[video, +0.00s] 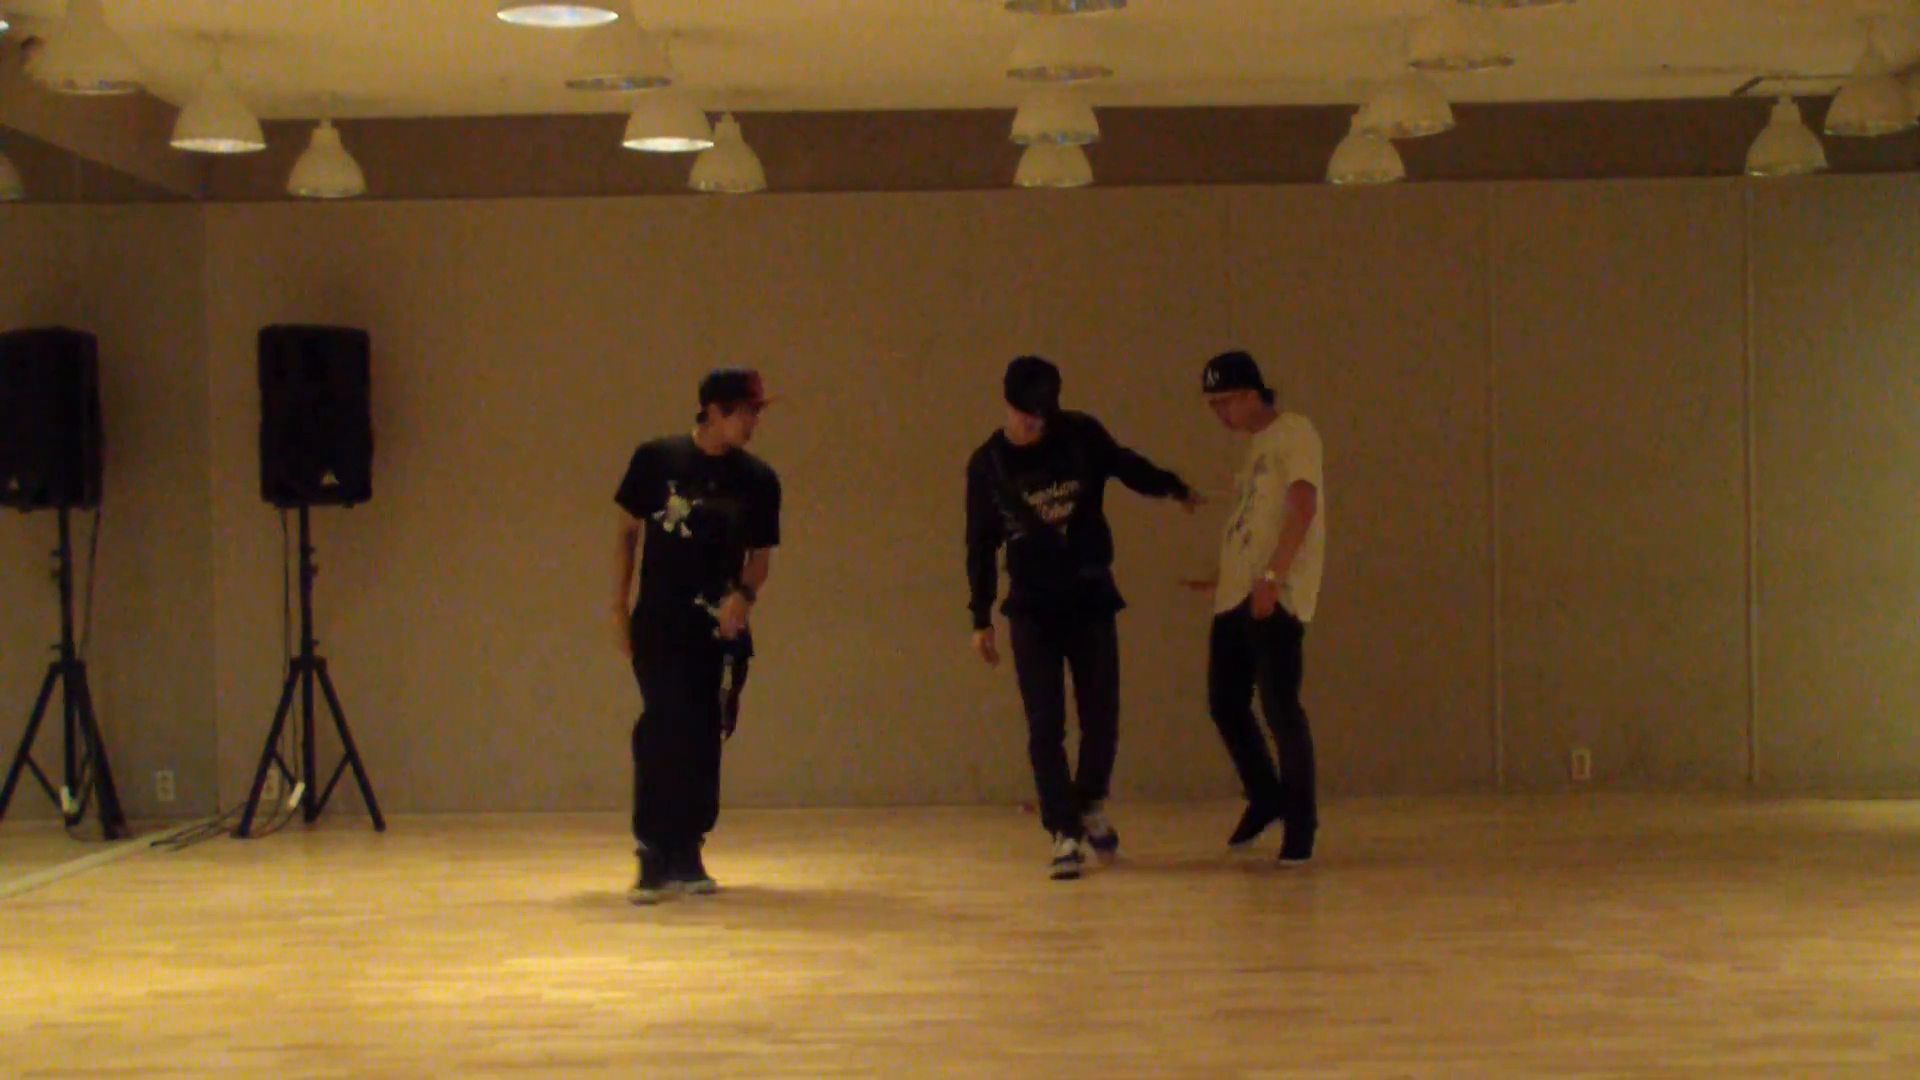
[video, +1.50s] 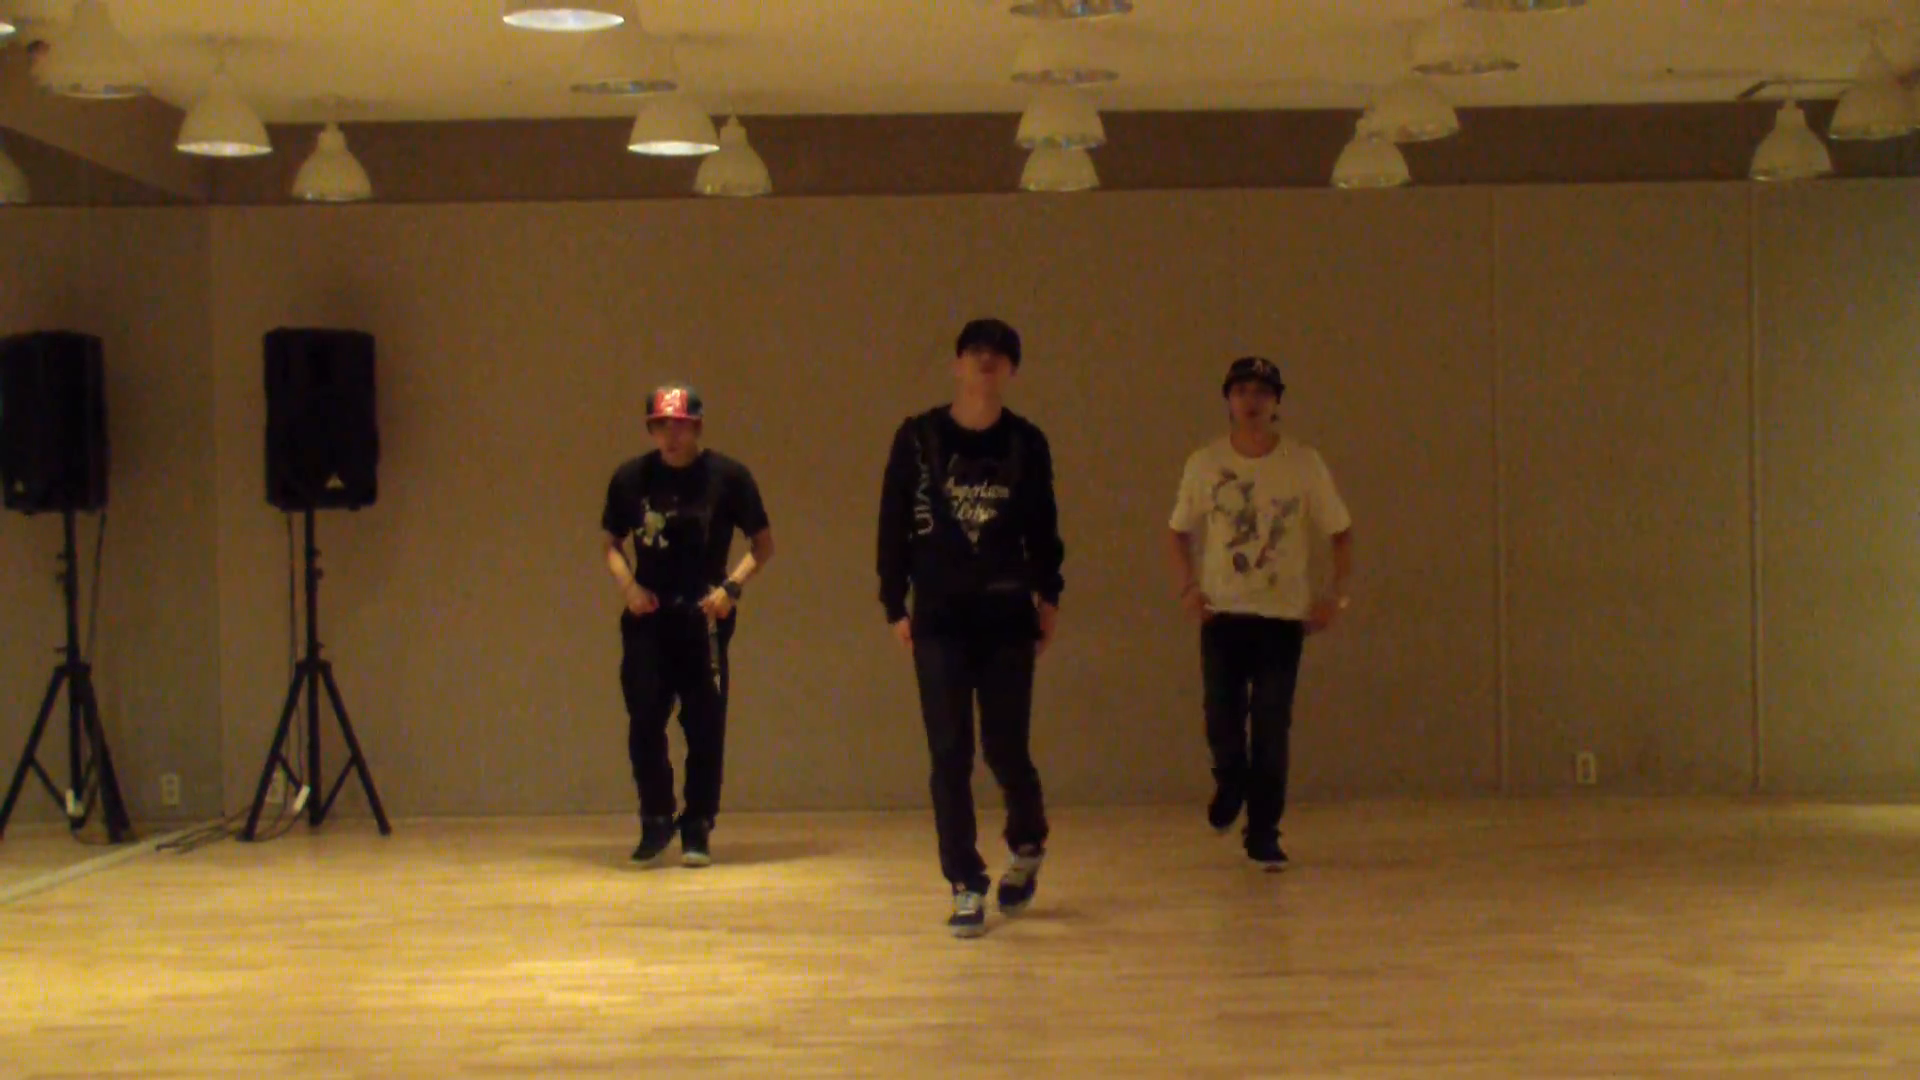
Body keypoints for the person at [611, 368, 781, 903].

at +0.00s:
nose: (754, 423)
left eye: (757, 414)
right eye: (746, 413)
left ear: (744, 417)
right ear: (714, 412)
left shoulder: (758, 480)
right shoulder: (656, 459)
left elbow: (759, 555)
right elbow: (627, 534)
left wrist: (745, 596)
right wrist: (620, 607)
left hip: (714, 624)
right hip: (656, 618)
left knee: (702, 734)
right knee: (663, 728)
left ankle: (688, 852)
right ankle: (654, 853)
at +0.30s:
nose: (722, 430)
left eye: (725, 421)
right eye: (713, 420)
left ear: (720, 426)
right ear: (681, 420)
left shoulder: (724, 490)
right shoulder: (625, 470)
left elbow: (742, 557)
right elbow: (598, 542)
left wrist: (738, 610)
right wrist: (593, 614)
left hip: (687, 631)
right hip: (627, 627)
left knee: (689, 744)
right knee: (614, 742)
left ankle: (685, 847)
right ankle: (635, 819)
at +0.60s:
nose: (644, 429)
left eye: (654, 420)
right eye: (635, 421)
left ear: (673, 423)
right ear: (623, 426)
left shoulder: (701, 480)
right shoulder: (602, 479)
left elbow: (722, 553)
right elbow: (578, 550)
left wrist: (701, 605)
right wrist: (589, 614)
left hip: (672, 629)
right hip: (617, 627)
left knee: (673, 736)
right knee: (621, 737)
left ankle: (677, 840)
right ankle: (638, 835)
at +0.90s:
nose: (637, 430)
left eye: (645, 420)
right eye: (628, 421)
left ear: (666, 421)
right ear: (618, 425)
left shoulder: (700, 471)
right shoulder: (605, 476)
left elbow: (726, 538)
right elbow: (586, 542)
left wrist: (708, 588)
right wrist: (602, 596)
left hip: (682, 618)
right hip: (626, 619)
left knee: (681, 728)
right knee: (630, 729)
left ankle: (679, 835)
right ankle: (640, 833)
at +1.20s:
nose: (658, 434)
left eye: (667, 424)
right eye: (649, 425)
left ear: (685, 426)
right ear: (637, 429)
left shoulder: (716, 476)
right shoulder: (619, 480)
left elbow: (746, 541)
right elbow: (599, 545)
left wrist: (718, 587)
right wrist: (617, 589)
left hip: (693, 622)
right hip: (637, 622)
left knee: (695, 731)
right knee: (638, 731)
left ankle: (694, 835)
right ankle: (643, 836)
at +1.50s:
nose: (670, 436)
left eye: (679, 426)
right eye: (662, 426)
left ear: (698, 427)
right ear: (650, 430)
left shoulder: (729, 478)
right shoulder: (631, 479)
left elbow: (763, 544)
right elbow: (612, 544)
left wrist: (731, 588)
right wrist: (629, 587)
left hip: (703, 622)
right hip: (647, 622)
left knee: (705, 728)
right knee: (644, 726)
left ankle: (696, 828)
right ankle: (656, 822)